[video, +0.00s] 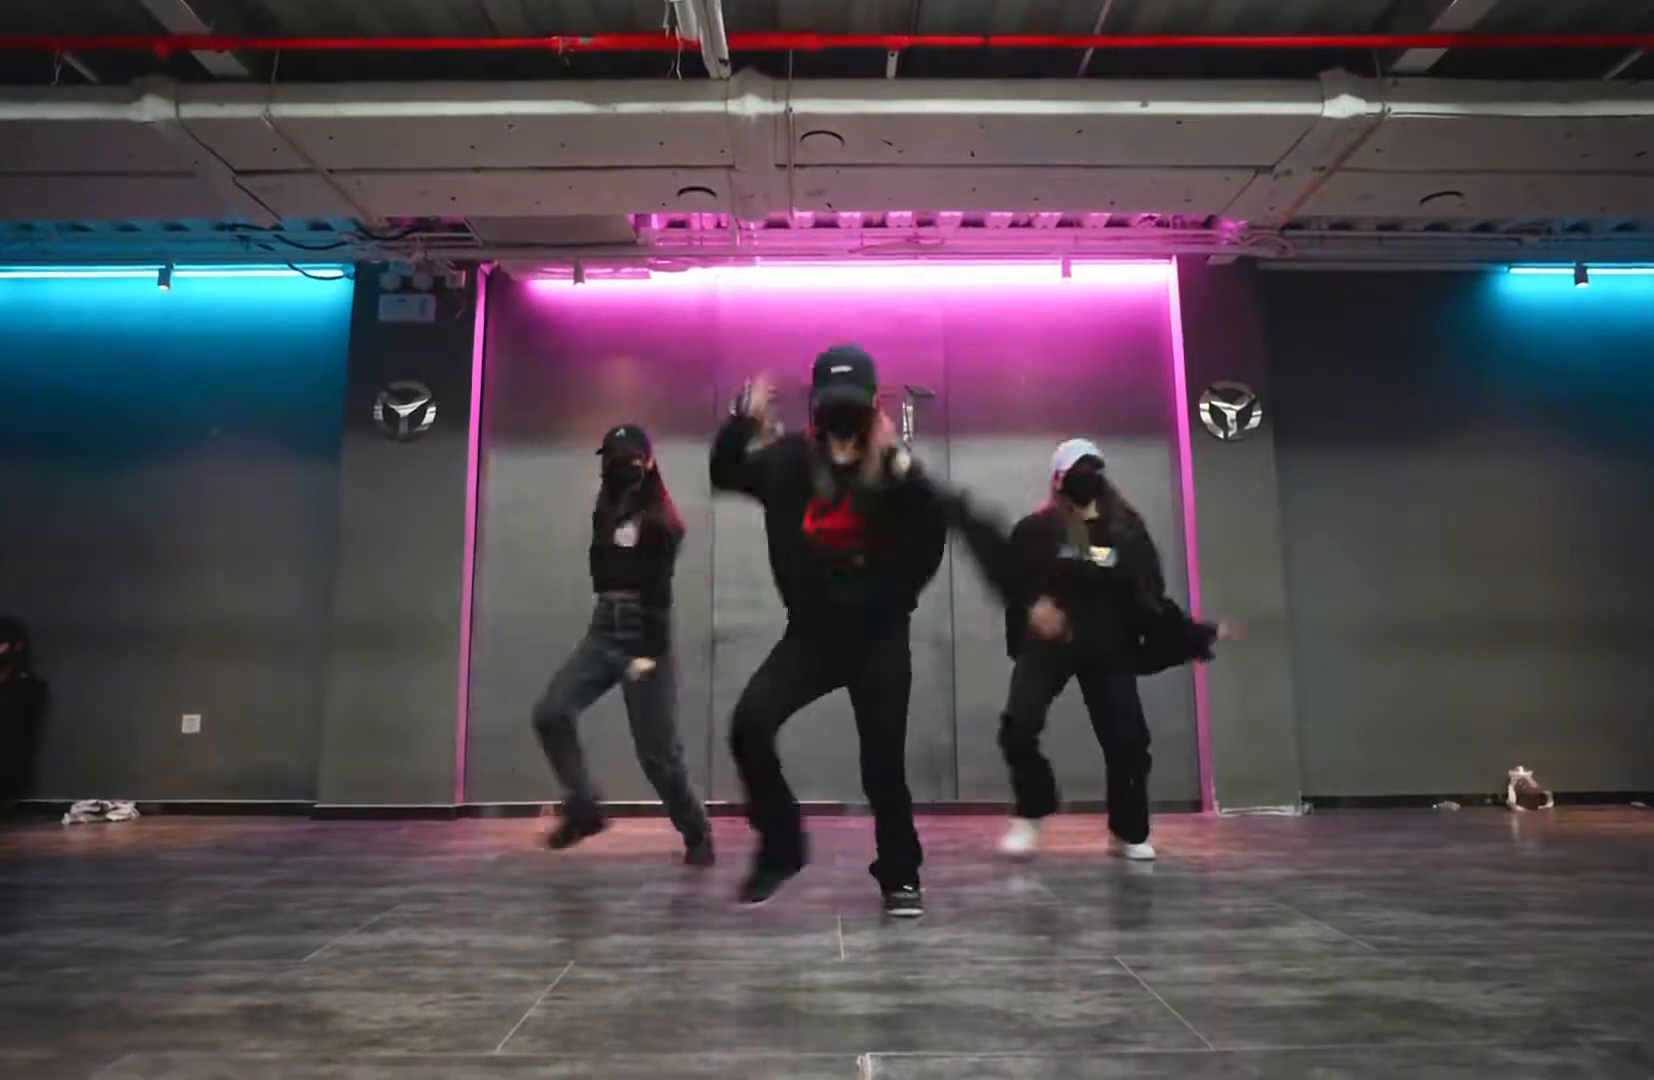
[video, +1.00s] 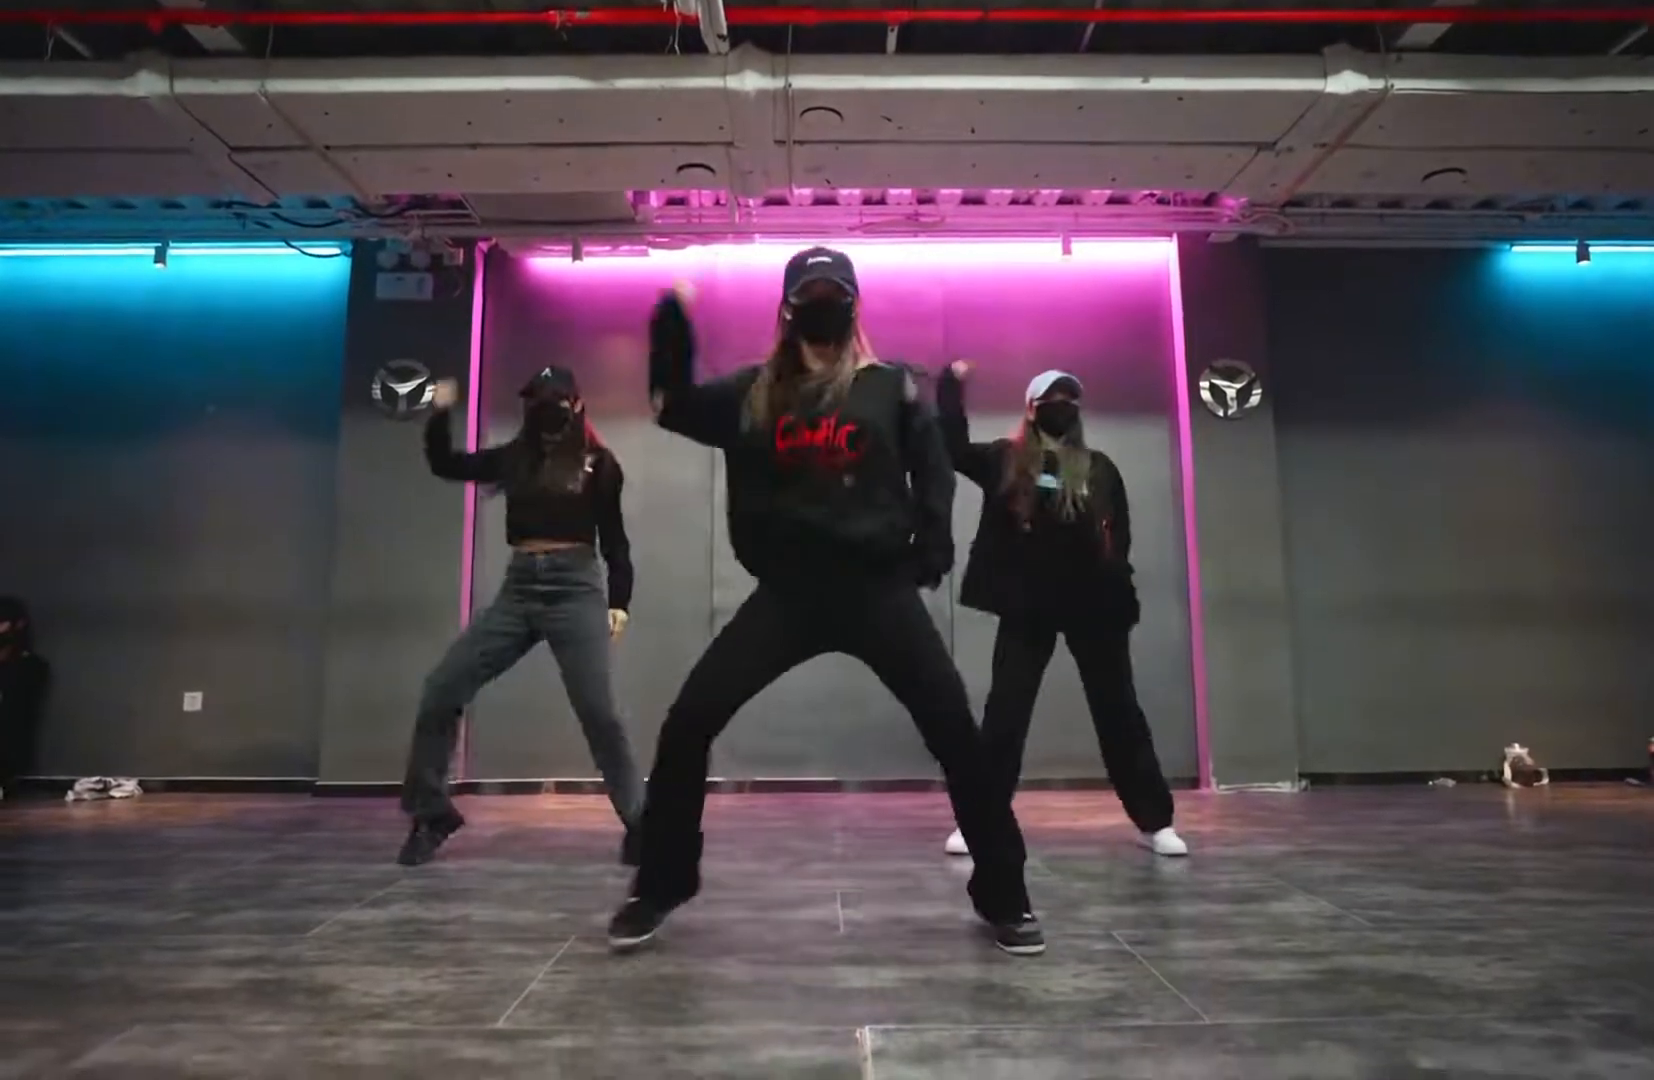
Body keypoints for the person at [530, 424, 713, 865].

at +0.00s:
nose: (623, 470)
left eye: (631, 461)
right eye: (615, 462)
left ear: (648, 463)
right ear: (605, 465)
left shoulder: (660, 518)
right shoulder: (605, 511)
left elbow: (658, 587)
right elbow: (604, 570)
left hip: (644, 639)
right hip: (605, 634)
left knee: (658, 755)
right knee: (551, 715)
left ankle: (697, 838)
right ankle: (582, 807)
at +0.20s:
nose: (561, 481)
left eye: (572, 474)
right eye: (558, 473)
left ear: (594, 476)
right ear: (555, 474)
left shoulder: (606, 512)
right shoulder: (560, 513)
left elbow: (596, 581)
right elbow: (551, 572)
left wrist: (560, 633)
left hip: (609, 653)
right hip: (563, 650)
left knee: (639, 761)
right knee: (493, 740)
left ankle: (694, 842)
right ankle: (463, 850)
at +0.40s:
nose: (542, 475)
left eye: (553, 466)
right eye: (537, 465)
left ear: (576, 470)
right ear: (531, 467)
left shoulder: (597, 524)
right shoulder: (513, 518)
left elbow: (615, 587)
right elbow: (473, 578)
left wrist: (625, 640)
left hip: (586, 644)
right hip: (526, 643)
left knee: (624, 725)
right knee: (475, 740)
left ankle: (635, 838)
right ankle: (458, 846)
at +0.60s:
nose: (561, 454)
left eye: (568, 444)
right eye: (551, 445)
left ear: (583, 444)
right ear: (537, 447)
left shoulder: (606, 503)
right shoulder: (520, 496)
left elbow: (616, 578)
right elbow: (515, 570)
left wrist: (618, 640)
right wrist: (544, 616)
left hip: (586, 619)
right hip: (527, 615)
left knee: (595, 723)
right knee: (459, 720)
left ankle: (614, 842)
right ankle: (447, 822)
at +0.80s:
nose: (548, 440)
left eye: (557, 430)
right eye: (540, 430)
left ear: (574, 427)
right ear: (528, 428)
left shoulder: (594, 484)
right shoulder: (514, 475)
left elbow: (607, 555)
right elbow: (472, 536)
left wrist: (615, 618)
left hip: (572, 606)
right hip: (512, 606)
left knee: (609, 697)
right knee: (465, 719)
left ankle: (631, 821)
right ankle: (442, 832)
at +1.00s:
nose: (549, 418)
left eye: (558, 408)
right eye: (540, 408)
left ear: (576, 407)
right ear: (528, 410)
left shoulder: (598, 464)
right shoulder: (517, 457)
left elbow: (613, 537)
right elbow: (446, 465)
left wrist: (619, 601)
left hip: (575, 593)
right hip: (519, 592)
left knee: (599, 715)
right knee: (441, 691)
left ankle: (640, 826)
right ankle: (430, 813)